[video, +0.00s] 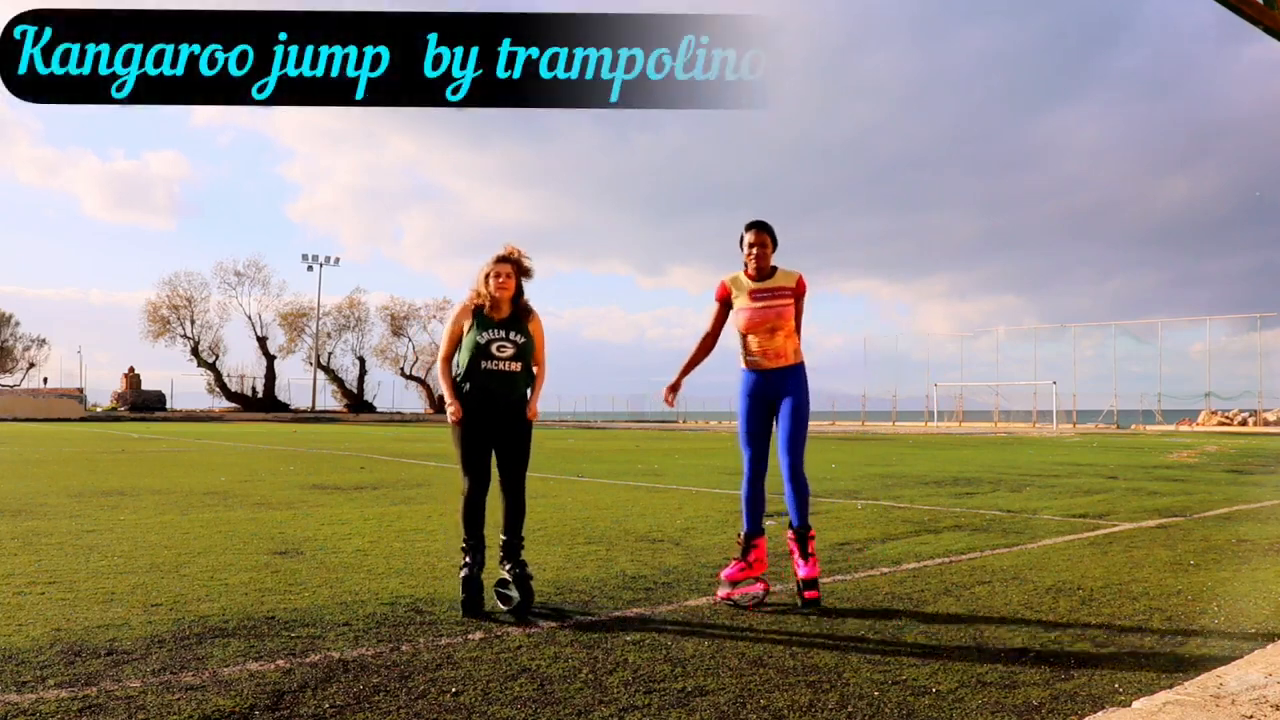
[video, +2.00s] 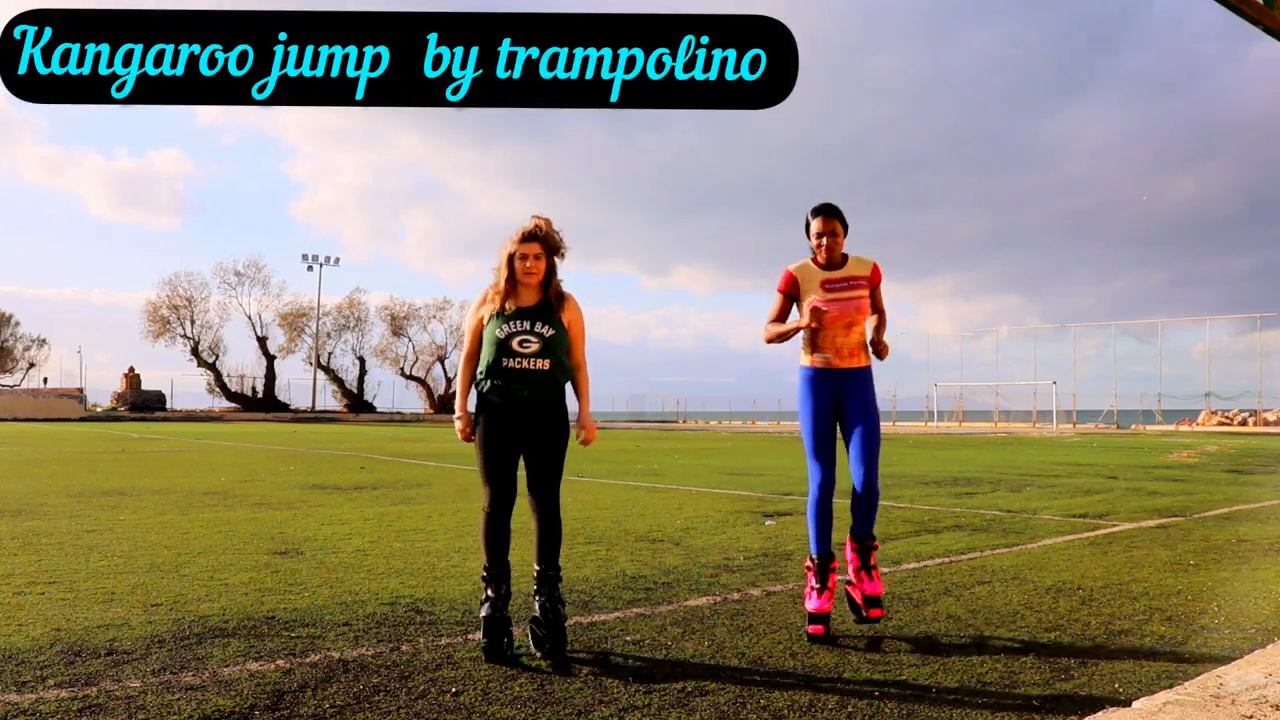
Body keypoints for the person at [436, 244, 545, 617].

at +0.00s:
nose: (503, 281)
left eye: (509, 276)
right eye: (497, 275)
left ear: (518, 281)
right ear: (485, 279)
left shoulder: (529, 319)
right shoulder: (465, 312)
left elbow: (539, 365)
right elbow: (443, 360)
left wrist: (534, 399)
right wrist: (450, 399)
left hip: (514, 411)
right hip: (472, 410)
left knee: (514, 487)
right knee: (476, 486)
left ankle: (512, 559)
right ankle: (472, 560)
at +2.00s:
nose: (531, 263)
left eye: (539, 257)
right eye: (524, 256)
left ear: (549, 262)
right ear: (511, 259)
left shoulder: (565, 306)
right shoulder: (489, 302)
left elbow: (577, 362)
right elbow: (468, 357)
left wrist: (585, 410)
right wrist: (461, 408)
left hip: (547, 415)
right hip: (496, 414)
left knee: (545, 503)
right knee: (497, 502)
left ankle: (548, 595)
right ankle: (494, 597)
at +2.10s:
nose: (528, 261)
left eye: (536, 255)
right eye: (521, 254)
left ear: (547, 261)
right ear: (509, 257)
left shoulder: (562, 305)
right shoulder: (485, 302)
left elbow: (574, 359)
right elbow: (465, 358)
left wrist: (586, 403)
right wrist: (457, 408)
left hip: (547, 415)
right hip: (496, 415)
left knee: (544, 503)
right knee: (499, 504)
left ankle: (548, 593)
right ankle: (496, 597)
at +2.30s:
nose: (528, 263)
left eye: (535, 256)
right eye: (520, 256)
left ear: (544, 261)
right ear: (503, 258)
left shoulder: (556, 303)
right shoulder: (478, 303)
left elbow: (569, 360)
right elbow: (460, 361)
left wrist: (577, 409)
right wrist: (449, 412)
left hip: (545, 418)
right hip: (494, 418)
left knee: (544, 506)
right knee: (497, 506)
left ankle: (547, 593)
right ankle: (494, 598)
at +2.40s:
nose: (528, 259)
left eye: (535, 253)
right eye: (519, 252)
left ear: (543, 259)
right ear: (503, 255)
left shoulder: (555, 301)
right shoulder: (478, 301)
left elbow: (568, 360)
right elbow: (460, 358)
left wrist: (578, 412)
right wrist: (450, 408)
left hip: (545, 416)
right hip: (495, 418)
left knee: (544, 504)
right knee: (497, 506)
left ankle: (547, 594)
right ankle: (494, 599)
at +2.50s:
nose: (528, 261)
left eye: (534, 254)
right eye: (520, 254)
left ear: (542, 258)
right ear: (504, 256)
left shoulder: (555, 301)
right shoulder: (479, 300)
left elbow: (569, 358)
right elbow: (458, 357)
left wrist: (582, 410)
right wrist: (452, 406)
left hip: (545, 416)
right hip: (495, 417)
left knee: (544, 505)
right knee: (497, 505)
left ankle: (547, 595)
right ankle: (493, 598)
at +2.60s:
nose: (529, 265)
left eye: (535, 258)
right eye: (521, 258)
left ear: (543, 263)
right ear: (505, 260)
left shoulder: (556, 305)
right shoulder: (479, 304)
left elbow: (573, 359)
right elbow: (459, 357)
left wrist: (587, 408)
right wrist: (453, 404)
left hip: (546, 418)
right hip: (495, 418)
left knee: (545, 508)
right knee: (497, 508)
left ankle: (547, 598)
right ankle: (495, 601)